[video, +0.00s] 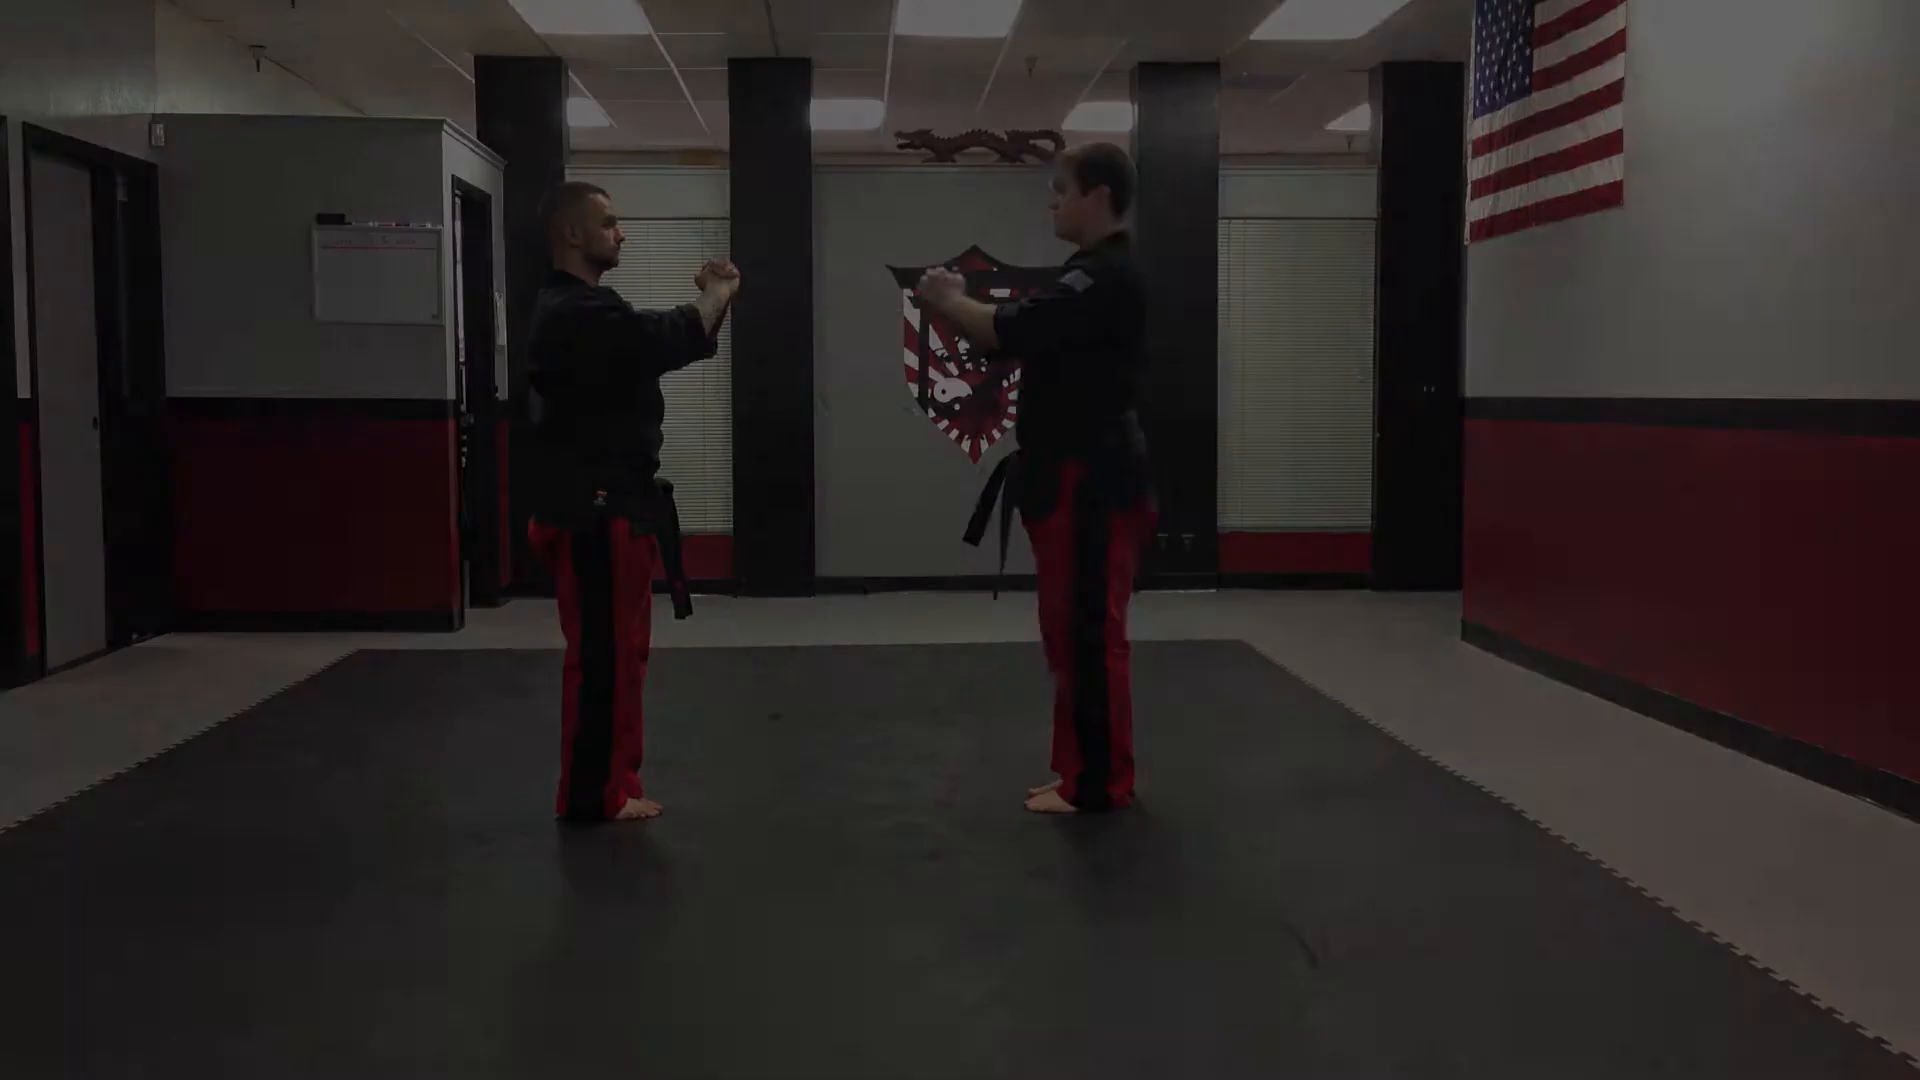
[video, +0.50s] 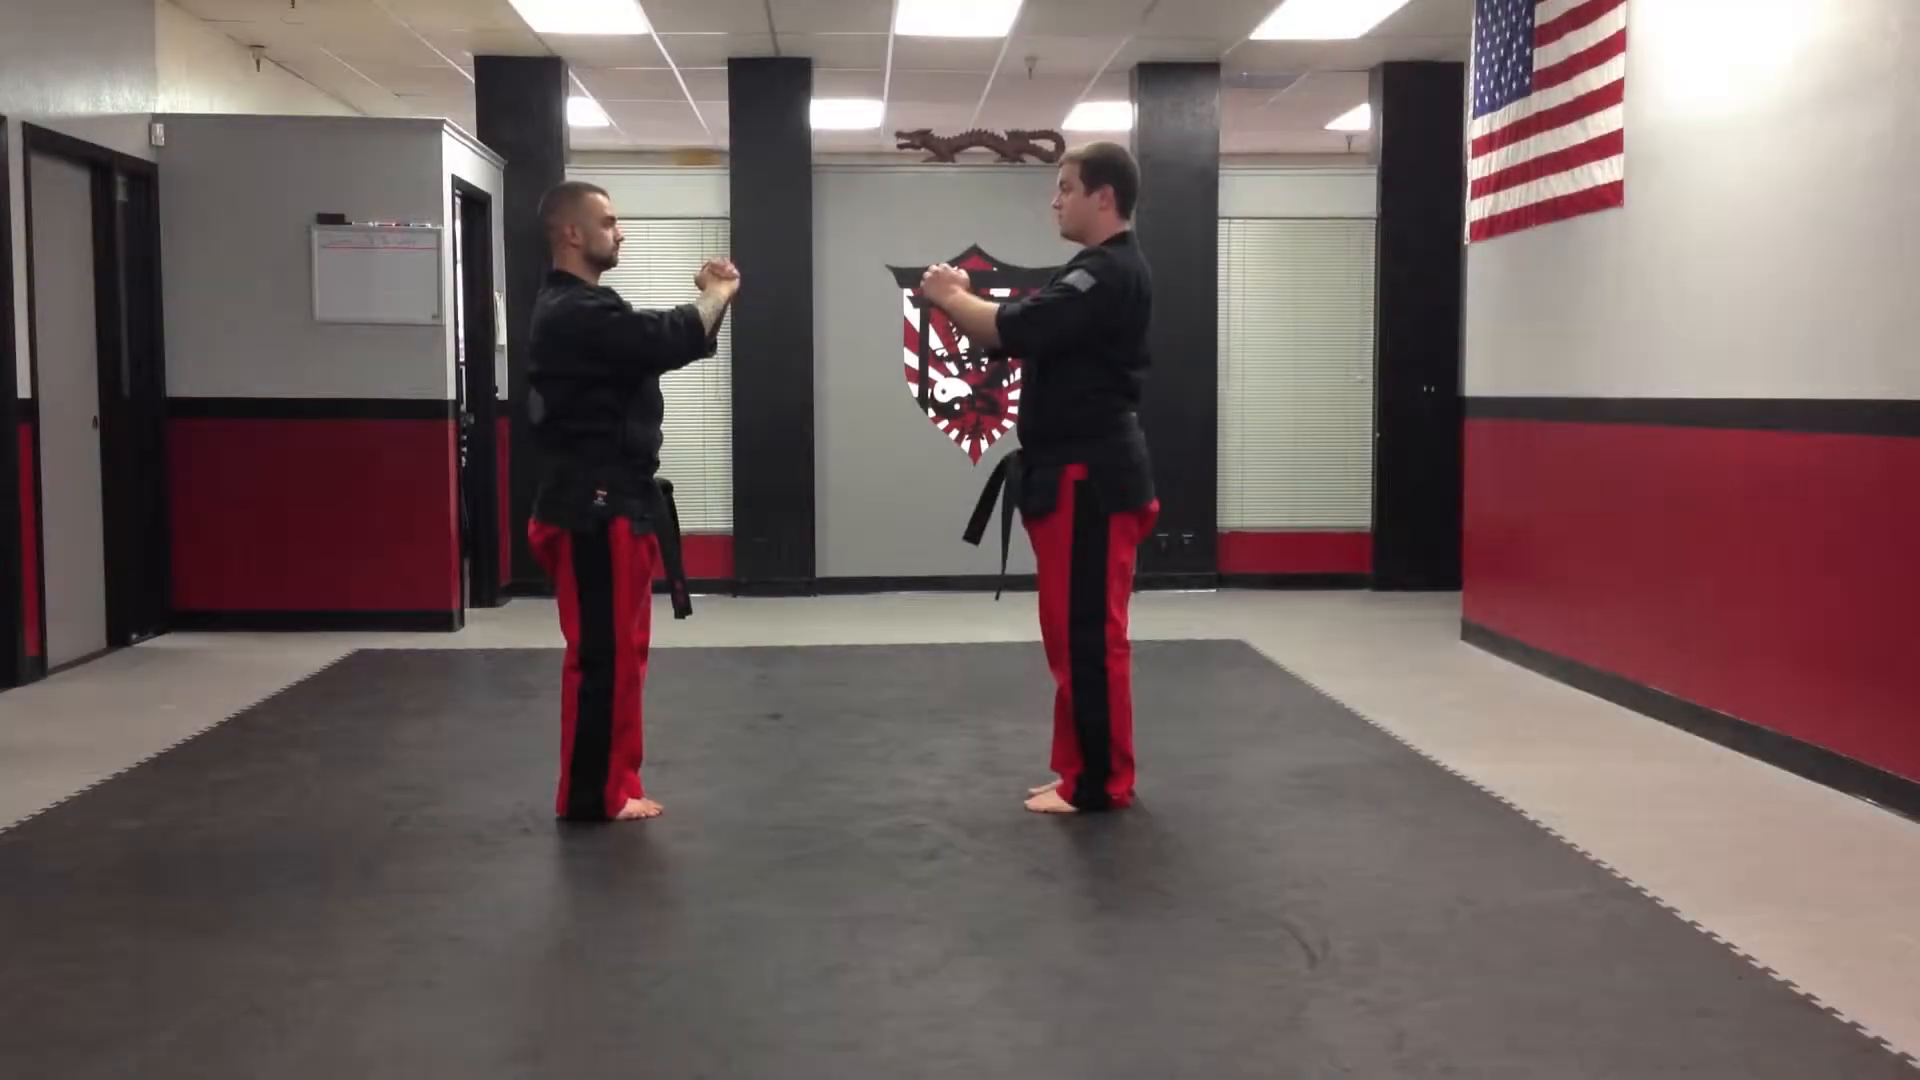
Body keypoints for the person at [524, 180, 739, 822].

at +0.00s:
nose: (620, 234)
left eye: (617, 223)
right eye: (608, 224)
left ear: (578, 237)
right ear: (572, 235)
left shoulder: (579, 305)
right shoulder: (578, 310)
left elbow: (666, 346)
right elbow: (653, 345)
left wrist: (709, 308)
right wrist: (711, 304)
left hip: (606, 503)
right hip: (596, 506)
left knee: (612, 651)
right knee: (609, 654)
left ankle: (608, 790)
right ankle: (599, 795)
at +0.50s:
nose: (620, 233)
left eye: (617, 222)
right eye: (607, 223)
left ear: (575, 236)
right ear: (570, 234)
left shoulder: (581, 306)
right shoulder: (578, 311)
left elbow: (677, 343)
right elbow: (662, 342)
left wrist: (710, 303)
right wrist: (713, 299)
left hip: (606, 505)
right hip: (595, 508)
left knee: (612, 653)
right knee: (609, 656)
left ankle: (607, 790)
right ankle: (600, 795)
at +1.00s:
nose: (652, 258)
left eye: (653, 247)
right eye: (644, 245)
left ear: (611, 243)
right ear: (606, 240)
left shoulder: (604, 311)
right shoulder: (558, 312)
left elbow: (579, 403)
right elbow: (550, 409)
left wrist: (624, 405)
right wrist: (615, 406)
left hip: (604, 496)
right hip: (561, 500)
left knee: (619, 639)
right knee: (573, 642)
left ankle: (603, 783)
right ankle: (520, 778)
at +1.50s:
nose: (587, 275)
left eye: (590, 263)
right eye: (582, 262)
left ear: (546, 258)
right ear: (542, 255)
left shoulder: (545, 326)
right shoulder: (485, 329)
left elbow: (529, 411)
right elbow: (475, 428)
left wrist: (557, 414)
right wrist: (551, 421)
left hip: (552, 511)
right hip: (493, 517)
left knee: (607, 635)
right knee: (468, 658)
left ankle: (614, 772)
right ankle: (415, 794)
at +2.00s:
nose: (579, 262)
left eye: (578, 251)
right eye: (568, 251)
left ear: (540, 257)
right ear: (529, 255)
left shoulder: (558, 330)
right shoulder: (493, 335)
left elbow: (630, 381)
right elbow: (547, 397)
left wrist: (649, 332)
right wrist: (586, 343)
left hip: (567, 518)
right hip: (504, 523)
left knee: (610, 647)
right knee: (472, 663)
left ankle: (637, 768)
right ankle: (411, 792)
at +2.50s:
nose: (604, 264)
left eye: (602, 252)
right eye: (593, 252)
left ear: (560, 261)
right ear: (553, 258)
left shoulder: (580, 333)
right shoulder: (512, 335)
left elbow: (664, 379)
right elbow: (570, 401)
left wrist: (704, 339)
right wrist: (602, 340)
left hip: (578, 518)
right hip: (510, 523)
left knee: (636, 641)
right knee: (473, 660)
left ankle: (645, 771)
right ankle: (412, 791)